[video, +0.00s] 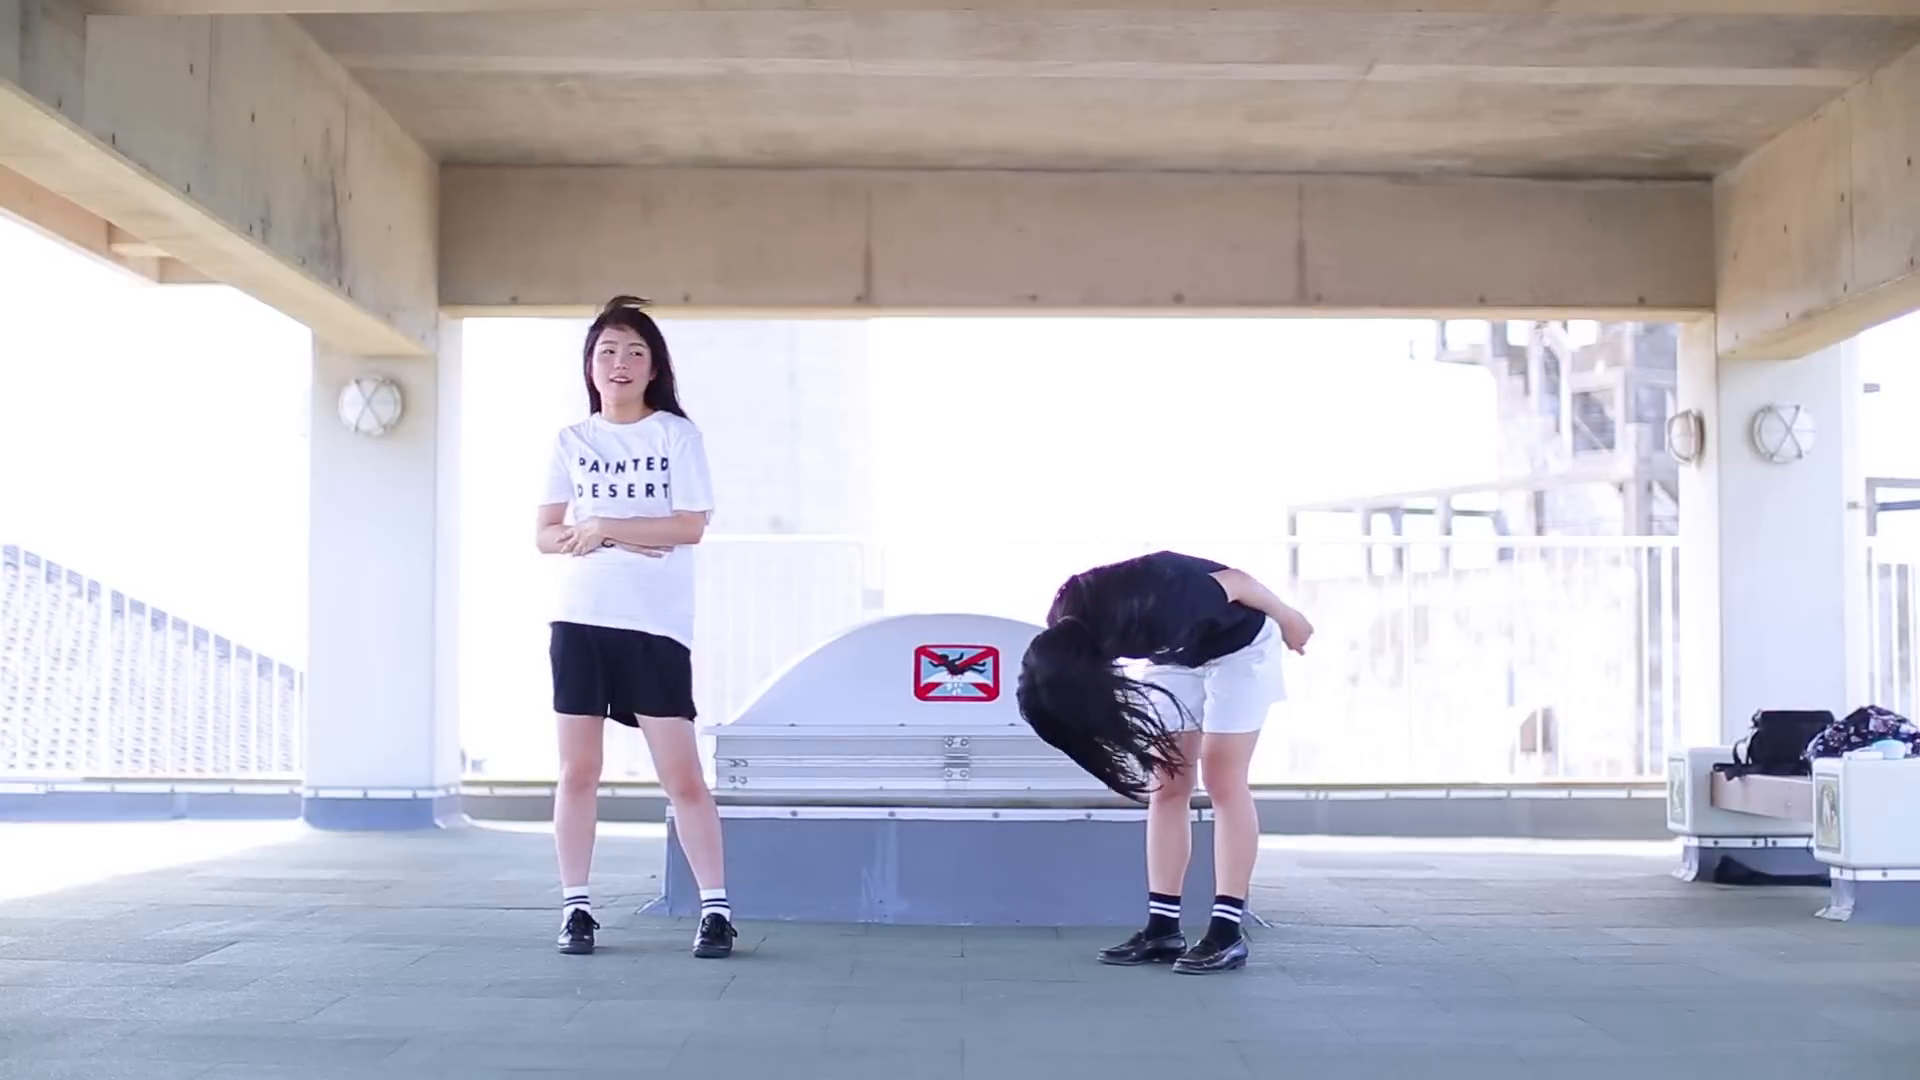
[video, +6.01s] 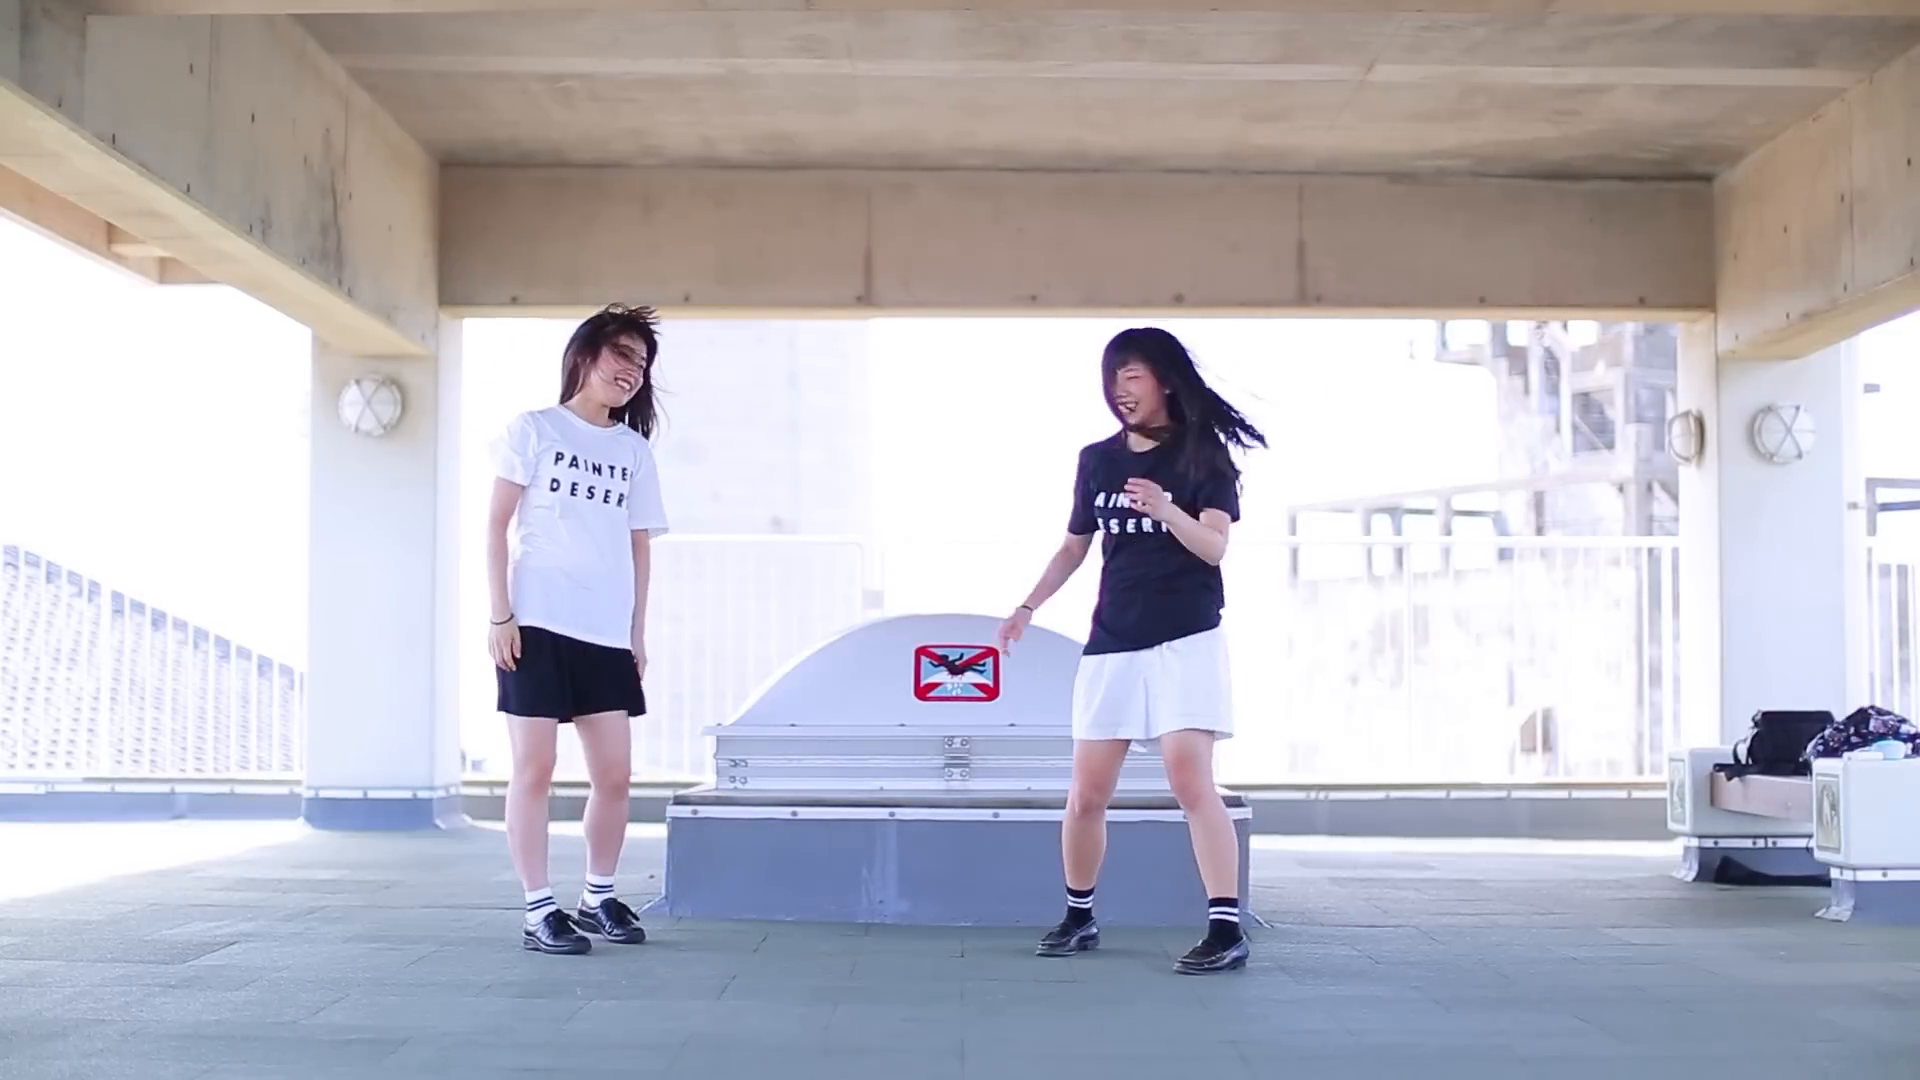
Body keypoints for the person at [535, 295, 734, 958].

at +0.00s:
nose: (619, 361)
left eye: (633, 351)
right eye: (607, 350)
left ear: (654, 364)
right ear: (589, 363)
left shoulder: (679, 434)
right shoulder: (571, 439)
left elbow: (692, 527)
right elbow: (546, 536)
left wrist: (604, 528)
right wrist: (609, 537)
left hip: (657, 626)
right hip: (579, 625)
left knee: (684, 780)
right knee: (577, 773)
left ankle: (715, 909)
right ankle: (575, 908)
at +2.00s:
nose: (795, 396)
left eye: (804, 386)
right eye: (787, 380)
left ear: (806, 392)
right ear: (752, 374)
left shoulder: (784, 466)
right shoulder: (686, 423)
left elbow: (777, 562)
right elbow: (631, 506)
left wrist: (708, 552)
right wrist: (702, 558)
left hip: (724, 633)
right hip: (653, 624)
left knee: (720, 779)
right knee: (666, 776)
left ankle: (720, 910)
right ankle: (682, 910)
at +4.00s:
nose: (593, 363)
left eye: (607, 351)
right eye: (584, 351)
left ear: (644, 359)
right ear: (577, 361)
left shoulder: (667, 420)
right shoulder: (564, 423)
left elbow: (667, 459)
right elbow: (495, 451)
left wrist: (625, 381)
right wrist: (546, 383)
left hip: (641, 620)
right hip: (566, 617)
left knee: (638, 776)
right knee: (572, 774)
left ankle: (647, 908)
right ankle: (577, 910)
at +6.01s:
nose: (627, 370)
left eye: (638, 363)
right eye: (617, 355)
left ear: (642, 377)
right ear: (584, 355)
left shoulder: (635, 450)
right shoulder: (535, 428)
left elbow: (639, 550)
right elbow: (497, 526)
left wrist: (637, 636)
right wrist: (501, 614)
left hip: (607, 634)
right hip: (536, 624)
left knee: (614, 776)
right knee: (534, 772)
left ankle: (600, 897)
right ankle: (539, 909)